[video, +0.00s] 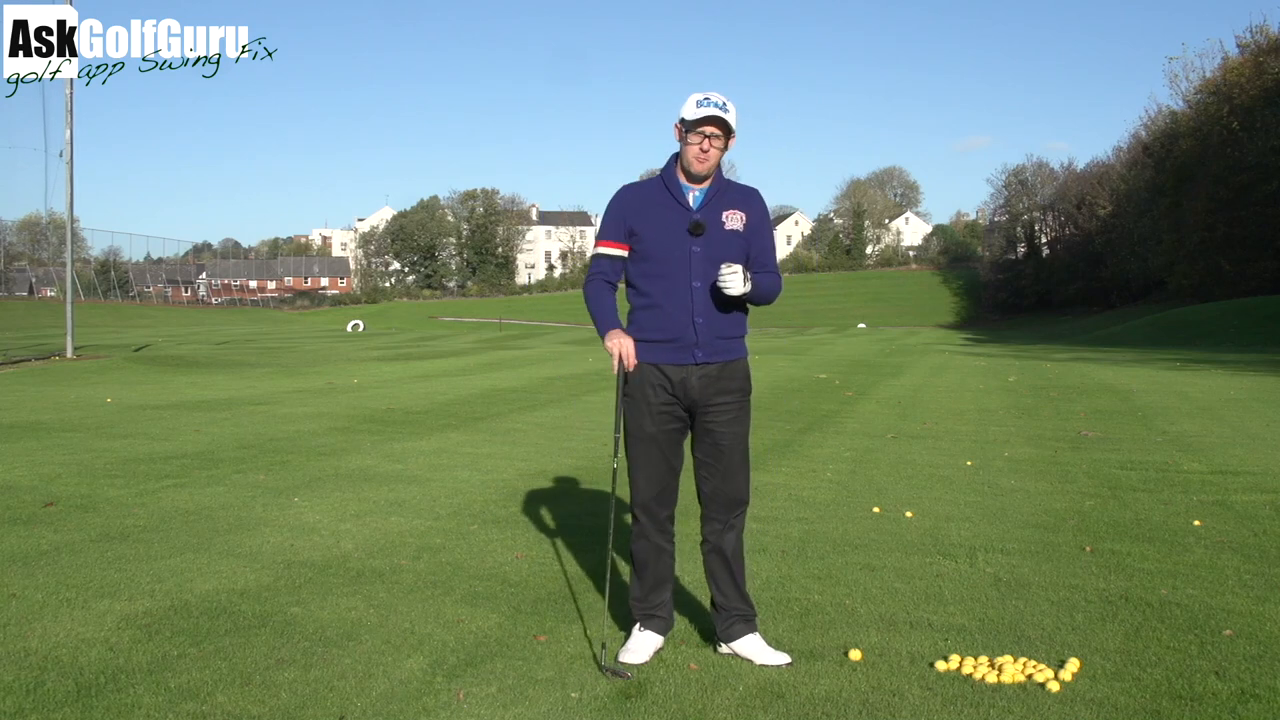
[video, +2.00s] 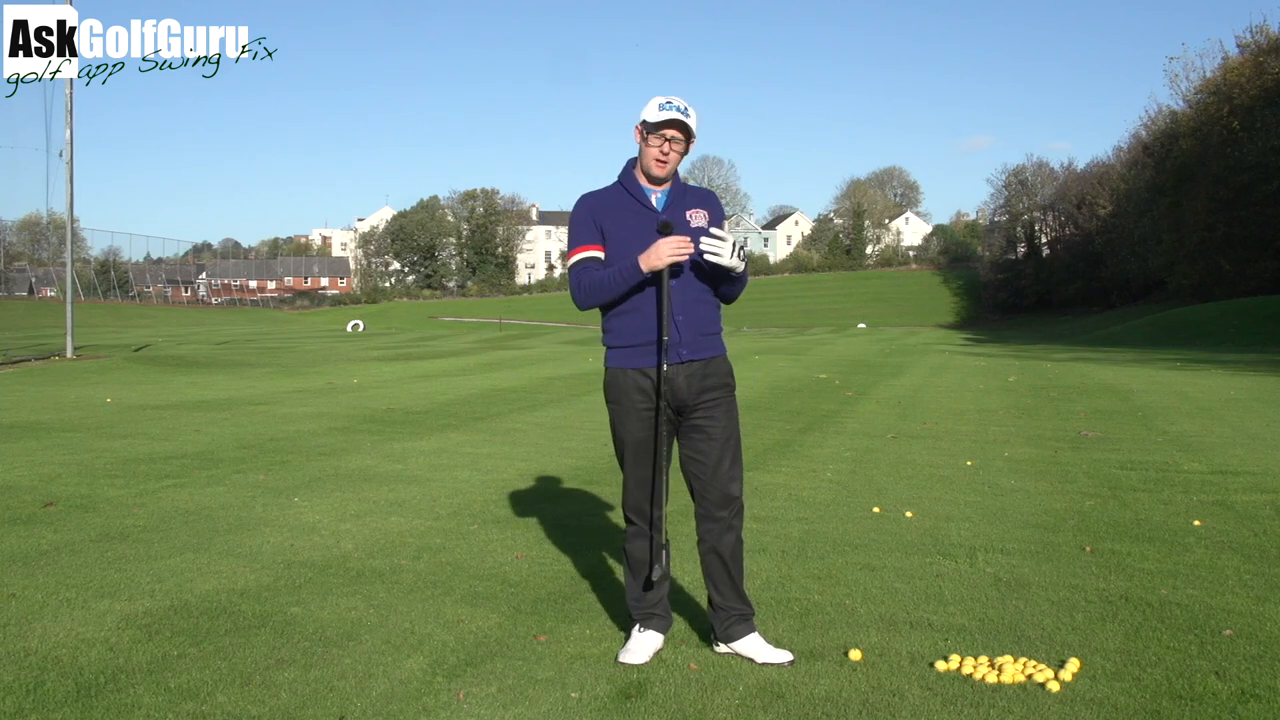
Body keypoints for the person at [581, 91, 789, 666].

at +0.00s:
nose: (704, 144)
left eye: (715, 137)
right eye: (696, 133)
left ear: (728, 145)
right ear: (678, 135)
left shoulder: (748, 203)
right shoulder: (633, 200)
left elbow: (770, 283)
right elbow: (599, 279)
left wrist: (749, 284)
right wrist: (611, 329)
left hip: (725, 374)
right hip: (651, 373)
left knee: (726, 506)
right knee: (651, 506)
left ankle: (734, 628)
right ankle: (650, 622)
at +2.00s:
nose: (666, 146)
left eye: (677, 140)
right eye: (658, 135)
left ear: (688, 148)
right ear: (639, 137)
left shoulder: (705, 205)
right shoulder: (595, 207)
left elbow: (728, 290)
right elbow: (585, 291)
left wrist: (730, 264)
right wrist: (643, 263)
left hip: (705, 369)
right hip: (633, 374)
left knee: (721, 501)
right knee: (642, 504)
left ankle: (732, 626)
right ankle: (649, 621)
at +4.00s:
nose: (730, 150)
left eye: (737, 140)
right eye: (718, 140)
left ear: (742, 145)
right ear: (691, 140)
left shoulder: (751, 206)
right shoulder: (647, 203)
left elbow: (776, 287)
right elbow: (652, 280)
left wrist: (796, 253)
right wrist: (709, 237)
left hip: (744, 372)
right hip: (675, 374)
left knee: (735, 506)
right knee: (667, 505)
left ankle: (733, 627)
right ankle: (653, 621)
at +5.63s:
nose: (702, 145)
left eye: (714, 137)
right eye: (694, 135)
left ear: (733, 144)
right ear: (681, 140)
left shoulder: (759, 203)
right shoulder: (648, 197)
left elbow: (778, 281)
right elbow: (646, 259)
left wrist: (768, 308)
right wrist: (685, 193)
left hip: (736, 373)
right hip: (663, 373)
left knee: (731, 510)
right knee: (659, 507)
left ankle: (732, 623)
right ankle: (652, 620)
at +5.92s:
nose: (703, 142)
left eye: (713, 134)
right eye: (694, 134)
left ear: (731, 140)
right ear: (681, 139)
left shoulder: (757, 202)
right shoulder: (647, 197)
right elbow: (640, 260)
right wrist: (686, 200)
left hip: (736, 373)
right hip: (662, 374)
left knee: (731, 510)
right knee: (659, 507)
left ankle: (733, 625)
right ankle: (651, 620)